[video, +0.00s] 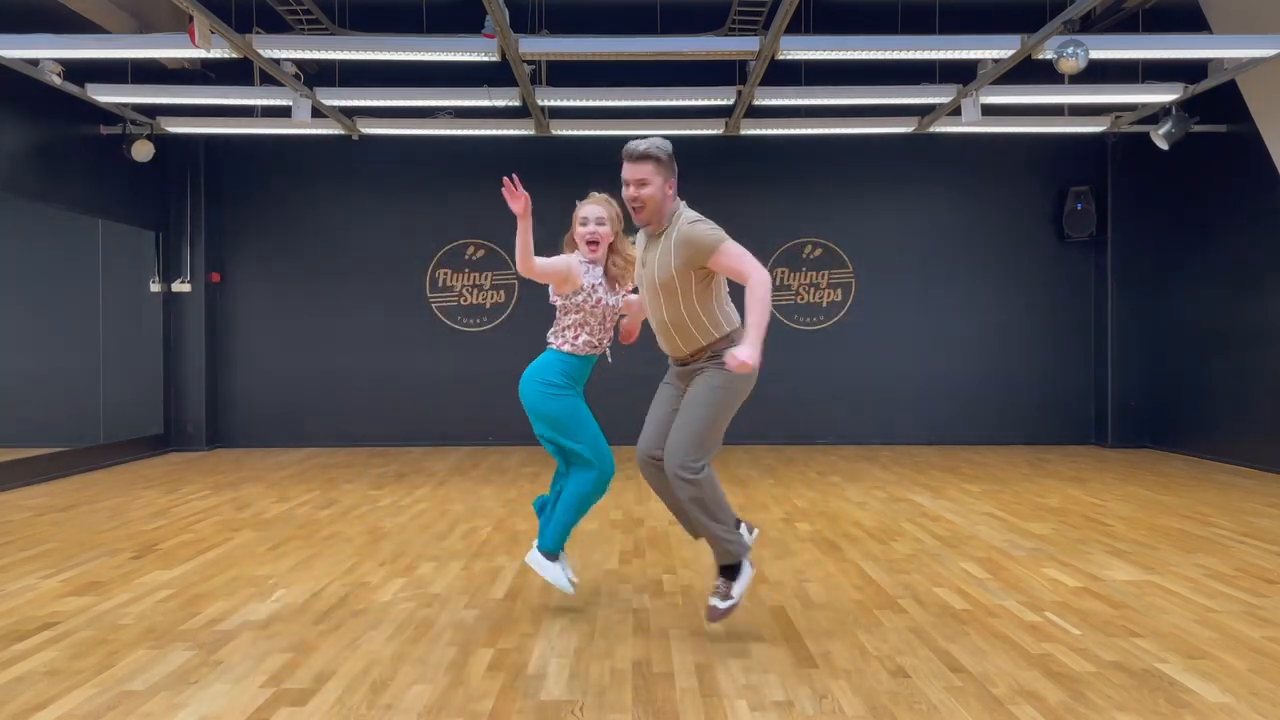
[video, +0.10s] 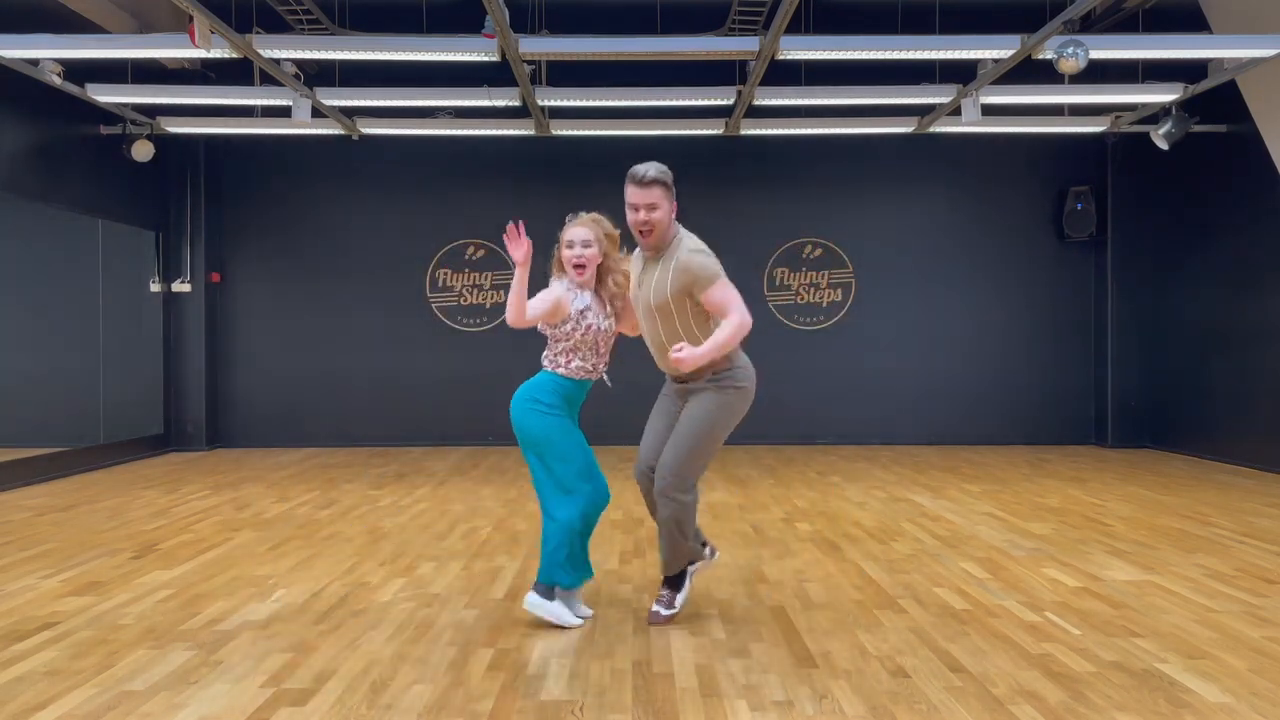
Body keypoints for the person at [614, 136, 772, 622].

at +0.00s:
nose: (632, 193)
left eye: (643, 183)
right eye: (626, 183)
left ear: (671, 185)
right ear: (622, 186)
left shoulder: (694, 233)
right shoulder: (645, 238)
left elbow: (758, 277)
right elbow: (662, 287)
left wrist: (751, 345)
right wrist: (636, 310)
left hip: (723, 362)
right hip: (681, 367)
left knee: (683, 462)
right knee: (650, 457)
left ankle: (734, 563)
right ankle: (729, 533)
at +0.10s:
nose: (642, 217)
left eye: (652, 207)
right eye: (634, 208)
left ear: (674, 207)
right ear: (626, 209)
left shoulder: (693, 260)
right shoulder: (637, 261)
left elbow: (740, 318)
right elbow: (634, 324)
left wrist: (703, 353)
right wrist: (583, 316)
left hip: (722, 382)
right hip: (676, 383)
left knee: (672, 478)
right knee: (646, 468)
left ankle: (675, 575)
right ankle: (691, 547)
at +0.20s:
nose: (650, 251)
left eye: (660, 241)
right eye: (641, 242)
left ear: (677, 242)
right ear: (632, 244)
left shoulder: (697, 298)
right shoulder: (641, 295)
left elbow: (728, 365)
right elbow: (628, 342)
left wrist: (682, 395)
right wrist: (574, 353)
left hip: (714, 411)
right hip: (671, 410)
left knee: (653, 501)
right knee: (643, 501)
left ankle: (669, 587)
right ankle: (688, 568)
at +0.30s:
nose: (660, 250)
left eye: (669, 241)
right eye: (651, 241)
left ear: (686, 244)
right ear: (641, 246)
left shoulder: (709, 301)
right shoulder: (641, 297)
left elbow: (729, 368)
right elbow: (616, 345)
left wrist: (680, 396)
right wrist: (561, 330)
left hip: (713, 409)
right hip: (665, 412)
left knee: (661, 492)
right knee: (642, 500)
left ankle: (667, 584)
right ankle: (691, 572)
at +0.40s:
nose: (675, 231)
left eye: (684, 223)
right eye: (667, 223)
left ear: (700, 229)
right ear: (656, 229)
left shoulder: (721, 287)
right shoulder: (646, 284)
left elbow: (737, 354)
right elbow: (605, 326)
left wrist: (685, 379)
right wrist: (546, 316)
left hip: (715, 394)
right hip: (661, 398)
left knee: (688, 461)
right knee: (632, 480)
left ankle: (690, 558)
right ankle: (672, 563)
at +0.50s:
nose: (686, 233)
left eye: (695, 226)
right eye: (678, 226)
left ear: (711, 234)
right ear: (667, 233)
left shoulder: (732, 292)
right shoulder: (651, 287)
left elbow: (746, 356)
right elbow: (598, 328)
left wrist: (693, 377)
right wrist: (539, 321)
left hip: (711, 400)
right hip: (656, 401)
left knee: (704, 474)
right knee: (630, 487)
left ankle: (729, 544)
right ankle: (662, 568)